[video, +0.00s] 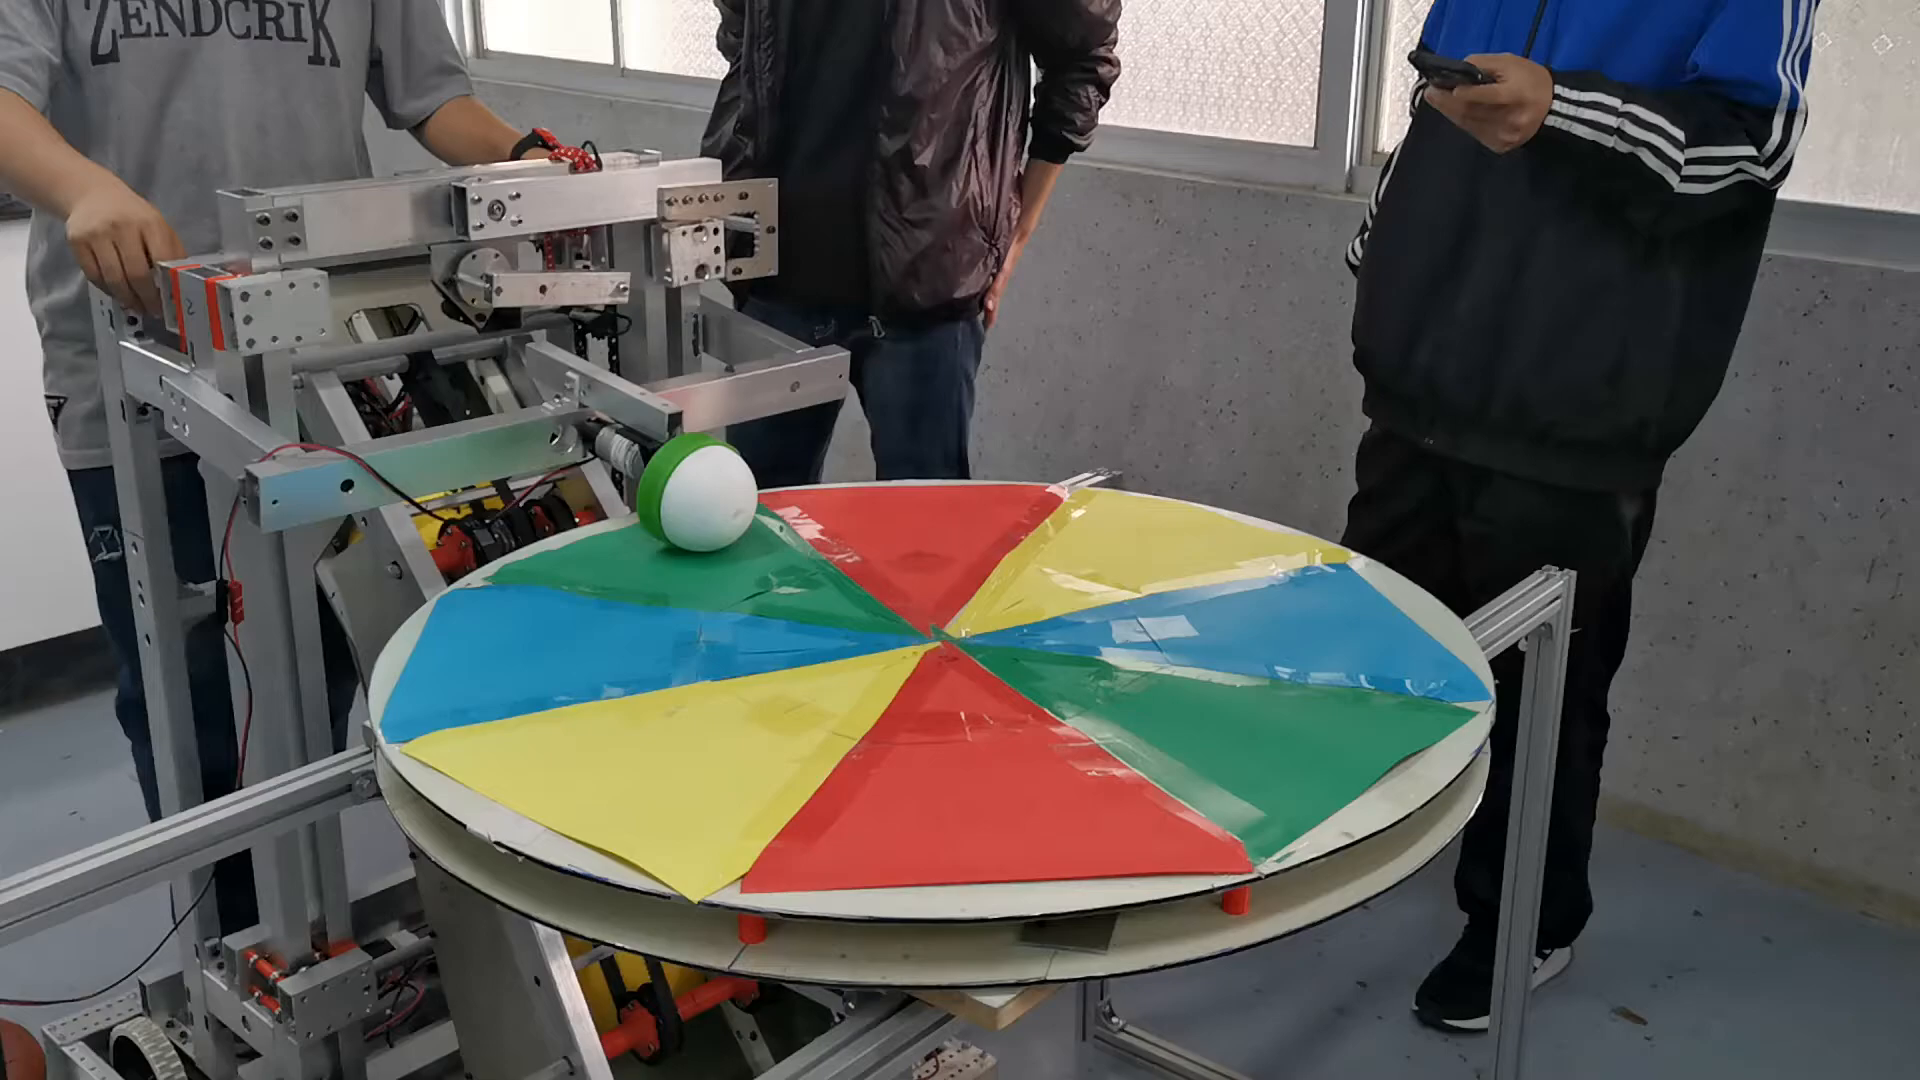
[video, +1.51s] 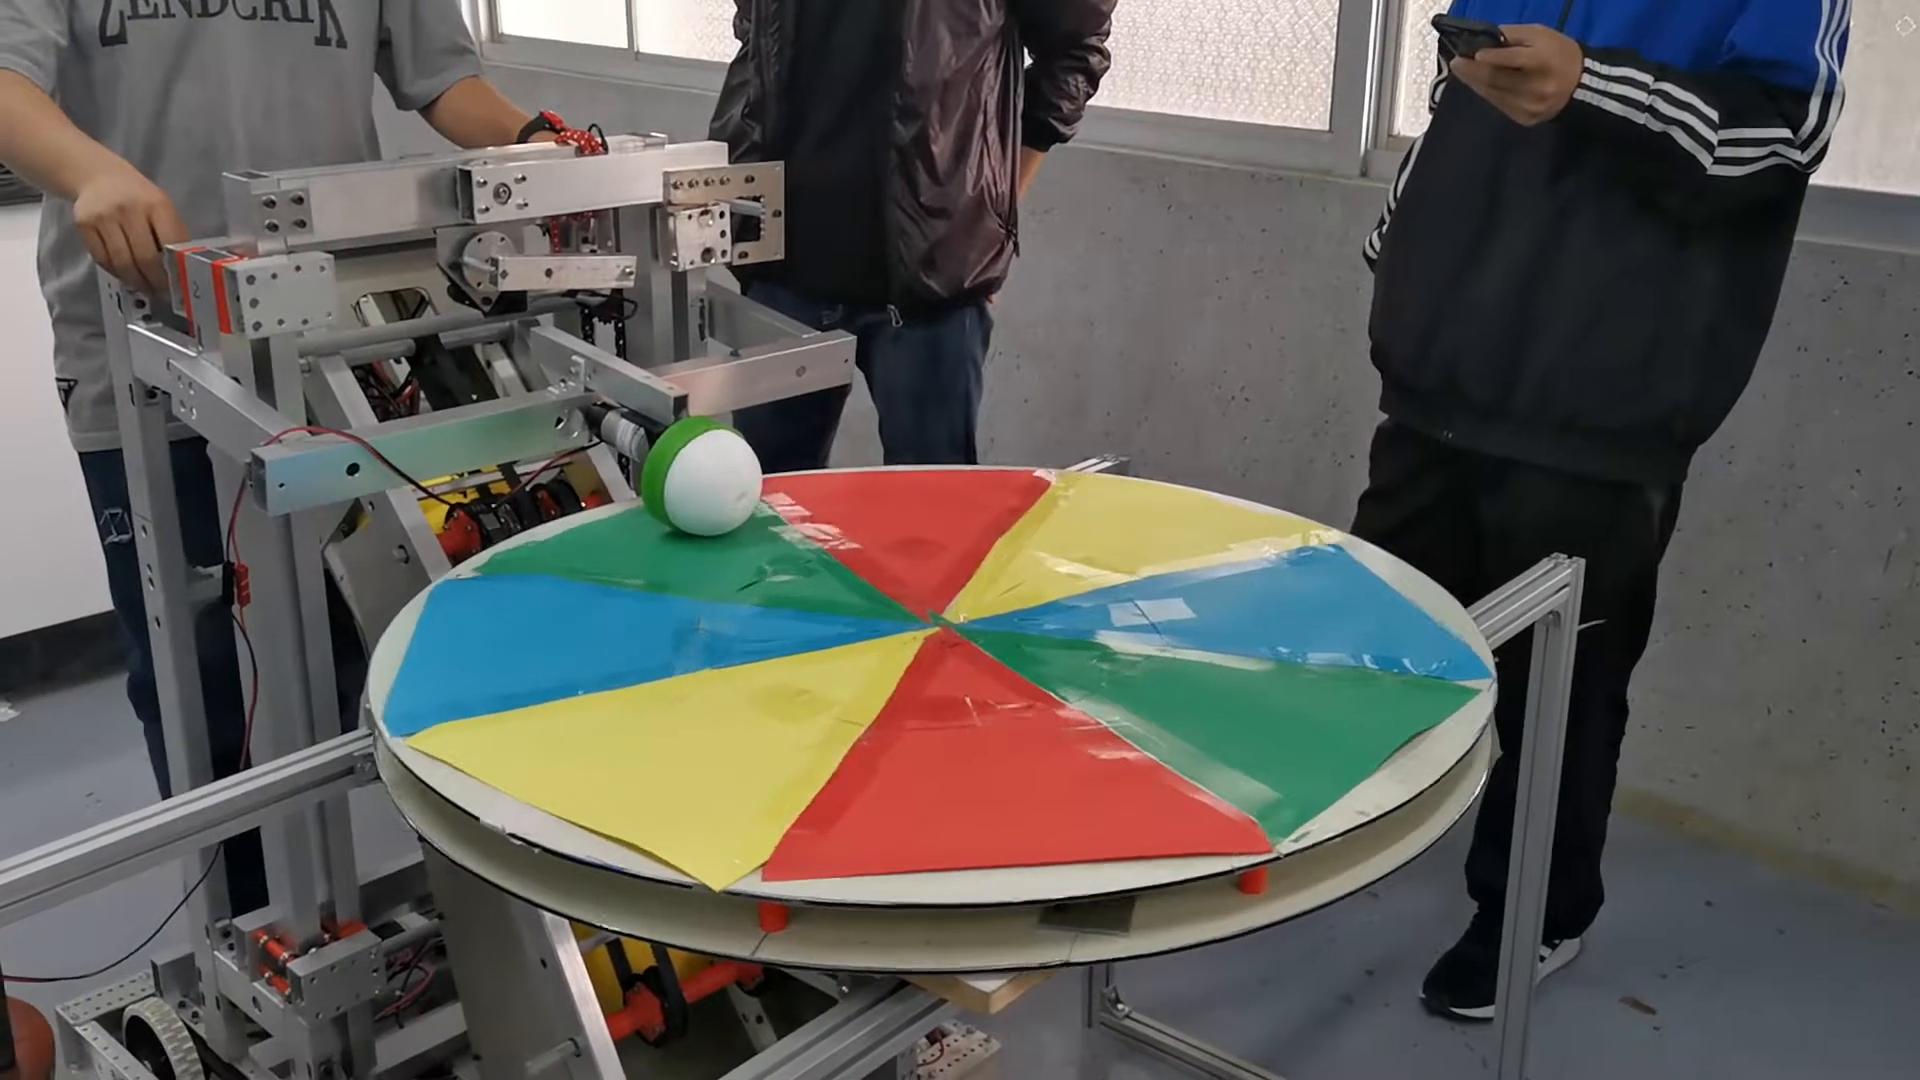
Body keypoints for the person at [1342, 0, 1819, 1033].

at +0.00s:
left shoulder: (1751, 4)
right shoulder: (1484, 5)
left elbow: (1751, 140)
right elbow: (1440, 103)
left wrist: (1555, 108)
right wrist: (1379, 257)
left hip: (1590, 381)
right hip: (1432, 343)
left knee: (1541, 677)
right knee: (1383, 635)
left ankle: (1522, 919)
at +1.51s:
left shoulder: (1784, 7)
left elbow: (1786, 131)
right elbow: (1463, 66)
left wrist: (1586, 85)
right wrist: (1395, 241)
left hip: (1618, 371)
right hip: (1453, 331)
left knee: (1558, 671)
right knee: (1385, 625)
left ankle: (1530, 912)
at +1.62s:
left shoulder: (1784, 7)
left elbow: (1785, 132)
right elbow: (1462, 51)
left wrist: (1586, 83)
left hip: (1617, 371)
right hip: (1450, 330)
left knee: (1558, 671)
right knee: (1385, 626)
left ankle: (1531, 911)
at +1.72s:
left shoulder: (1783, 7)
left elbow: (1785, 131)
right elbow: (1465, 83)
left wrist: (1586, 84)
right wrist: (1397, 241)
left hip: (1617, 371)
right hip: (1452, 331)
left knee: (1557, 672)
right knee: (1387, 627)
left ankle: (1529, 913)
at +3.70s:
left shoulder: (1811, 7)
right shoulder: (1532, 5)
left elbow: (1805, 138)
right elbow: (1482, 86)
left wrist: (1609, 84)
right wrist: (1409, 243)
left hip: (1631, 375)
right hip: (1467, 330)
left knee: (1565, 669)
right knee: (1389, 622)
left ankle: (1524, 911)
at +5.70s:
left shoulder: (1822, 7)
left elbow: (1812, 139)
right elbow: (1493, 78)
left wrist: (1612, 81)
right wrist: (1421, 240)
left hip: (1639, 371)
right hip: (1474, 324)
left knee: (1573, 665)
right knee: (1402, 608)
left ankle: (1532, 908)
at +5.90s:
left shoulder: (1816, 7)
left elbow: (1810, 132)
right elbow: (1492, 67)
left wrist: (1609, 78)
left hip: (1637, 368)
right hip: (1473, 320)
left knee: (1572, 665)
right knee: (1400, 610)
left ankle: (1533, 905)